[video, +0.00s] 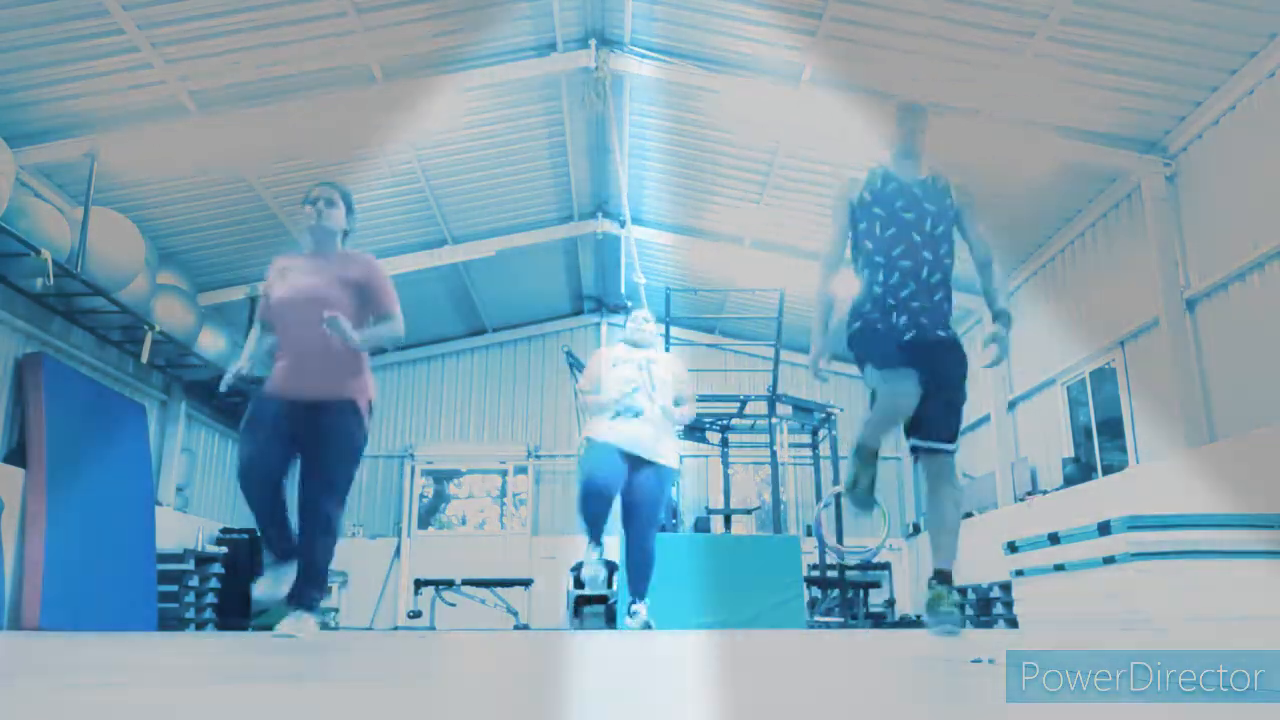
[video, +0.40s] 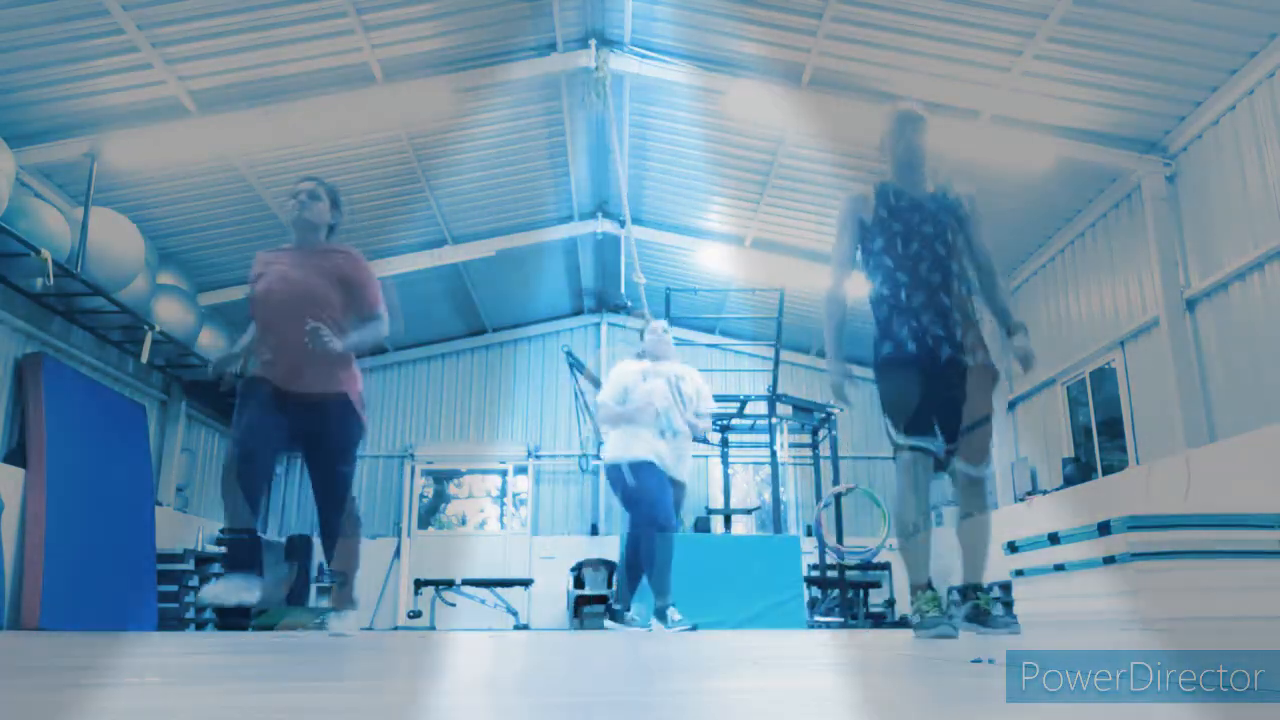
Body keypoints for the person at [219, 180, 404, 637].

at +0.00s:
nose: (318, 209)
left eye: (329, 204)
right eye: (311, 203)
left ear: (347, 219)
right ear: (300, 215)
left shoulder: (363, 266)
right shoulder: (280, 267)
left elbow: (396, 327)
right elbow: (265, 330)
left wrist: (358, 337)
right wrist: (244, 365)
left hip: (339, 401)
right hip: (280, 396)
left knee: (320, 504)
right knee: (255, 472)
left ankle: (305, 608)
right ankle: (284, 558)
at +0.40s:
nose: (300, 203)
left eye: (312, 198)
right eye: (294, 197)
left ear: (333, 215)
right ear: (285, 210)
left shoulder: (350, 263)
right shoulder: (265, 261)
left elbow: (380, 328)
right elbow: (262, 323)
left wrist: (344, 342)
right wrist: (234, 352)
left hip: (331, 397)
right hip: (270, 389)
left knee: (335, 499)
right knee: (243, 461)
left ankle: (343, 605)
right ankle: (241, 573)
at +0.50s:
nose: (289, 210)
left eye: (300, 205)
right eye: (283, 205)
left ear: (319, 221)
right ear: (274, 217)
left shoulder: (338, 272)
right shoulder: (253, 272)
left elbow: (370, 329)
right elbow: (242, 341)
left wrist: (354, 354)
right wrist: (211, 362)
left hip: (322, 404)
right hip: (260, 400)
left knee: (336, 506)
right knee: (235, 496)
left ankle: (355, 606)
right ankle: (220, 608)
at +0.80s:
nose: (283, 195)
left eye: (294, 189)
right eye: (276, 189)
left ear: (311, 204)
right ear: (264, 203)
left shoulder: (335, 256)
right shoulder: (241, 256)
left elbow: (361, 318)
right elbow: (209, 318)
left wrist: (353, 330)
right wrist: (228, 305)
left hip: (321, 375)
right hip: (260, 381)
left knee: (298, 422)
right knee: (252, 494)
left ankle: (303, 527)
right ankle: (245, 605)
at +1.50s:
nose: (355, 194)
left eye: (365, 187)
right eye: (347, 189)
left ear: (382, 201)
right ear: (336, 203)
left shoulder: (409, 252)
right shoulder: (320, 257)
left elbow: (447, 313)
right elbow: (298, 326)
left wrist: (419, 307)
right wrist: (317, 311)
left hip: (389, 382)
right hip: (328, 380)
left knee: (380, 485)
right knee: (304, 470)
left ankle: (374, 603)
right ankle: (293, 578)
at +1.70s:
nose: (386, 207)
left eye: (396, 201)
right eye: (378, 201)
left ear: (412, 215)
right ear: (367, 214)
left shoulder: (433, 271)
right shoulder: (346, 270)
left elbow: (459, 338)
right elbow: (315, 335)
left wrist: (423, 329)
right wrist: (325, 319)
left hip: (405, 399)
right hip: (350, 388)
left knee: (391, 512)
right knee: (319, 434)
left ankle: (385, 608)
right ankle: (318, 532)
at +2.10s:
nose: (397, 210)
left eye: (407, 204)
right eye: (389, 204)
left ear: (424, 219)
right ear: (378, 218)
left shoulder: (445, 271)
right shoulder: (357, 276)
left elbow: (473, 334)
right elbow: (326, 337)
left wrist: (453, 366)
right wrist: (365, 347)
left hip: (431, 410)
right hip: (372, 406)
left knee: (425, 511)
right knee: (367, 510)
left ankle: (422, 599)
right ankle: (371, 612)